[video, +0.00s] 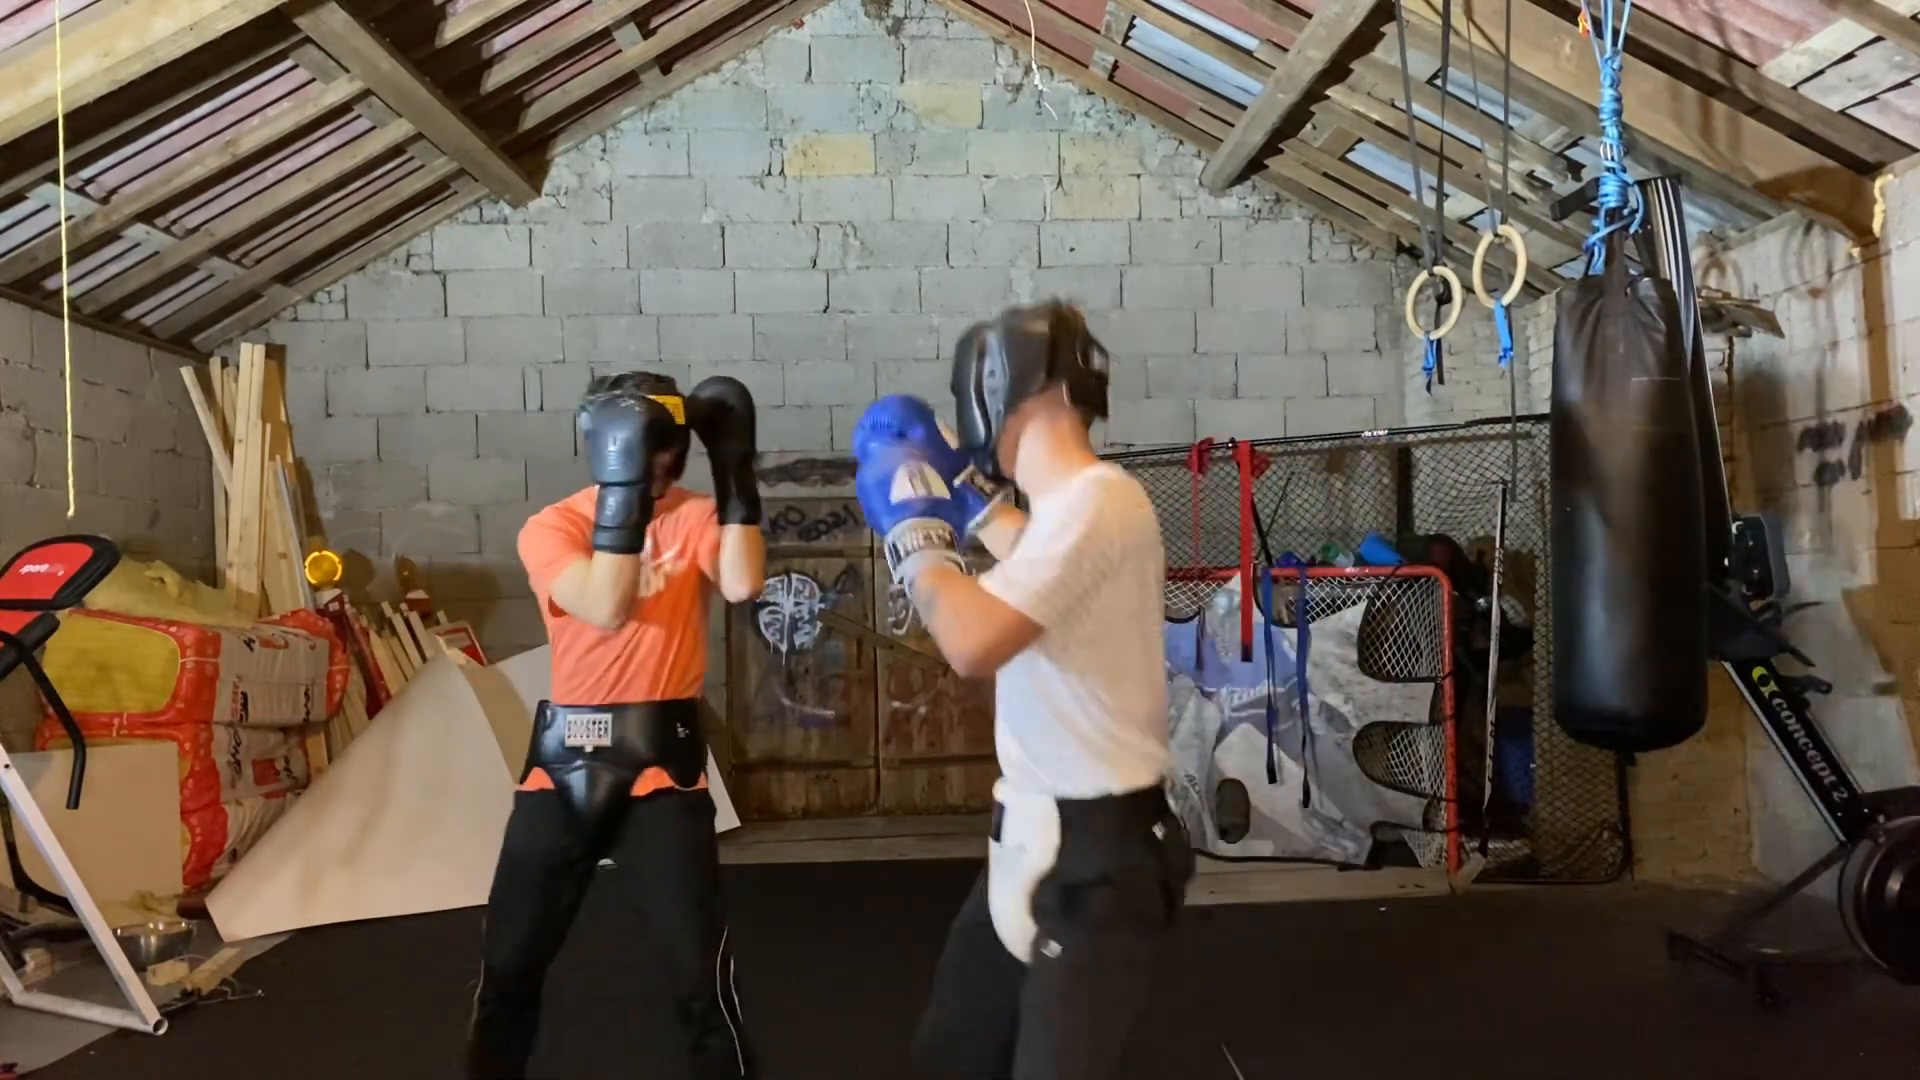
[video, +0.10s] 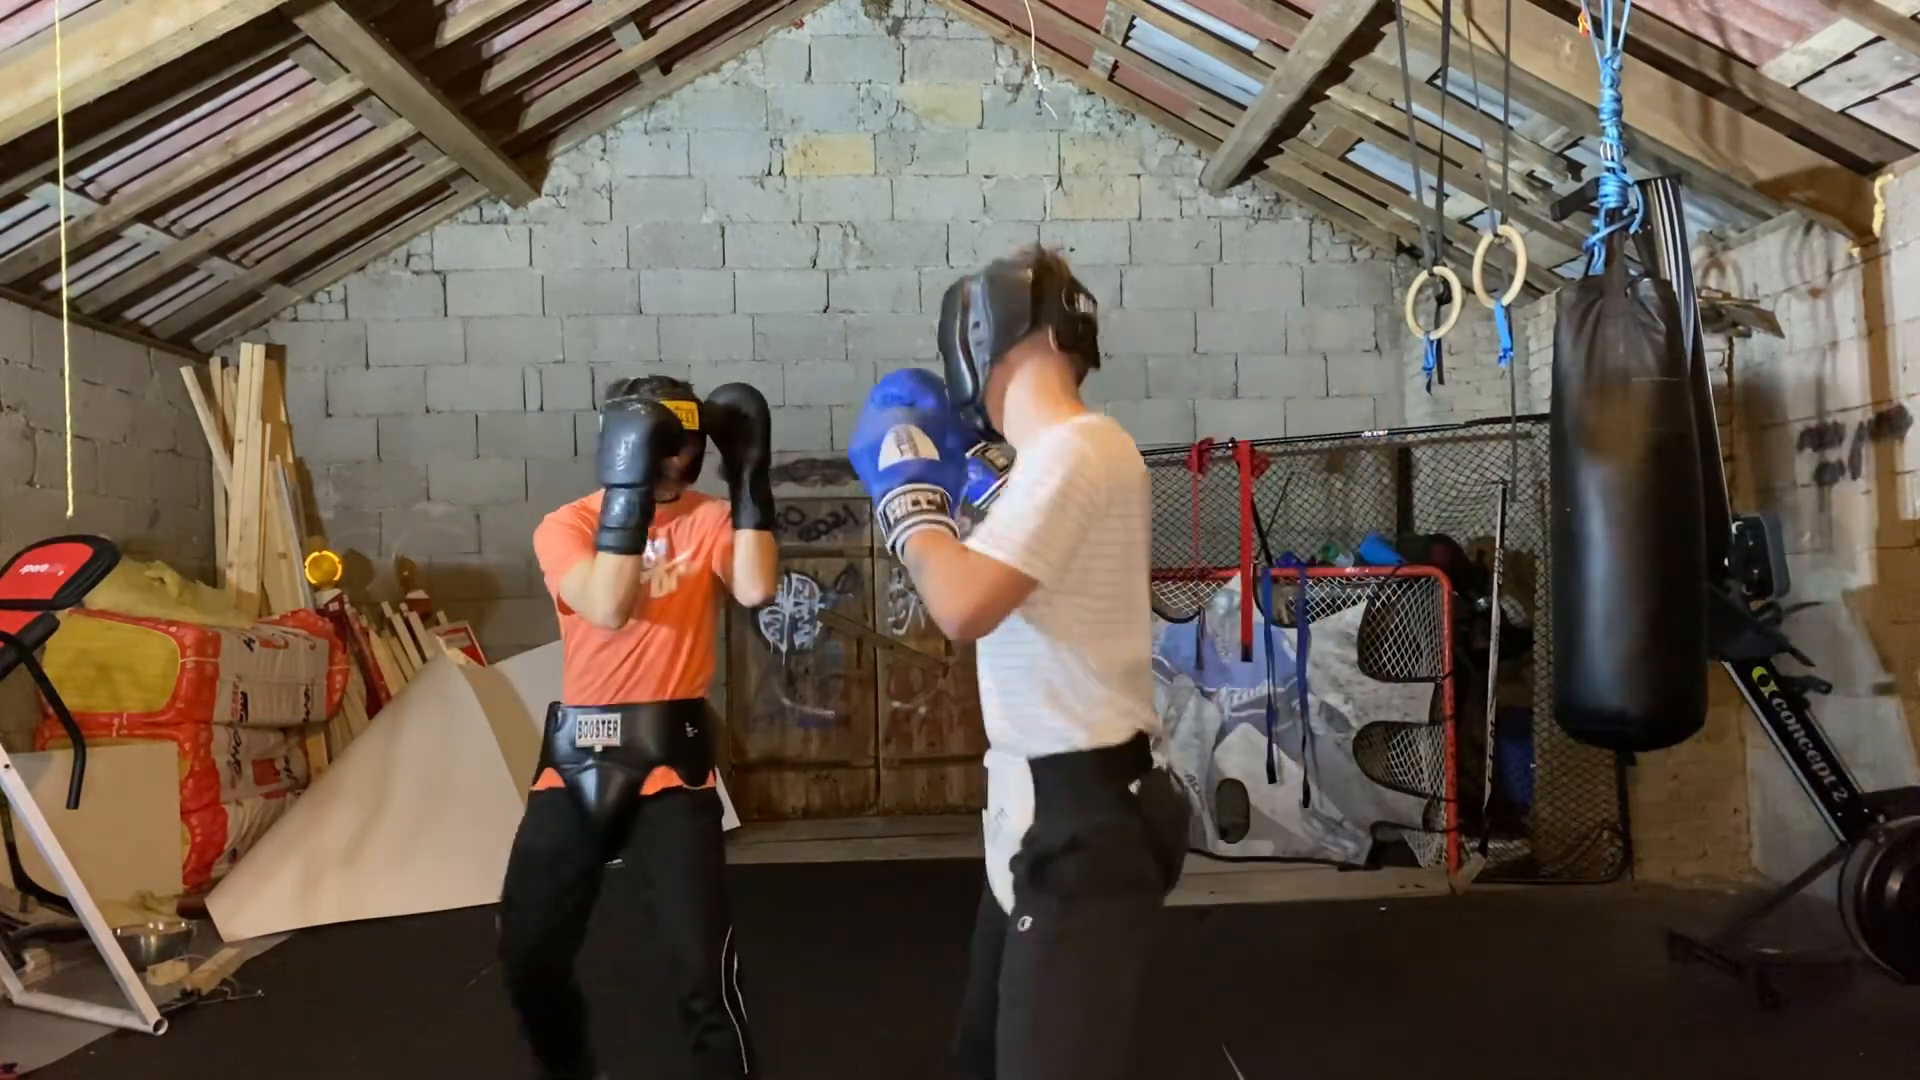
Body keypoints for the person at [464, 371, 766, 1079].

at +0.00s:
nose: (653, 458)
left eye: (664, 445)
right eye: (638, 441)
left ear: (682, 452)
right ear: (602, 444)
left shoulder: (694, 516)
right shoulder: (549, 528)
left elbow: (743, 582)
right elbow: (605, 605)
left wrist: (734, 465)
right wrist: (623, 487)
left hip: (664, 766)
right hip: (564, 763)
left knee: (698, 976)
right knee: (507, 971)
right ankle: (492, 1073)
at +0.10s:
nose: (685, 459)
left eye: (692, 446)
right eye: (672, 445)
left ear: (699, 452)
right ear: (630, 446)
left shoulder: (709, 519)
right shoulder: (565, 526)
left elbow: (756, 586)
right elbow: (606, 606)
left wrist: (750, 470)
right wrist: (627, 484)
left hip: (674, 764)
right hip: (578, 762)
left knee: (702, 971)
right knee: (528, 954)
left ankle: (728, 1069)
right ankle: (568, 1071)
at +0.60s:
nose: (704, 472)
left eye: (719, 458)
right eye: (691, 455)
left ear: (735, 461)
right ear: (661, 455)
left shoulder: (752, 526)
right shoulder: (620, 533)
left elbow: (793, 619)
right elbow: (605, 609)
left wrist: (784, 510)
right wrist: (630, 500)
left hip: (729, 747)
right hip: (641, 752)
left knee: (762, 937)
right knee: (622, 945)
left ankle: (829, 1061)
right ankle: (632, 1072)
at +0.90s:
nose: (767, 462)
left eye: (780, 448)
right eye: (753, 446)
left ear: (796, 451)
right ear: (724, 446)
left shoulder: (816, 517)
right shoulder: (687, 522)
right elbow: (676, 602)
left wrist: (840, 499)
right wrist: (698, 491)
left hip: (795, 754)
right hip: (707, 756)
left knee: (813, 949)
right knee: (694, 927)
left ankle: (852, 1064)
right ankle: (720, 1064)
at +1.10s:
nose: (753, 458)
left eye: (768, 439)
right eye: (744, 441)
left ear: (790, 447)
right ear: (728, 452)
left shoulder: (813, 521)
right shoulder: (697, 525)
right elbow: (676, 609)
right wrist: (704, 496)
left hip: (796, 752)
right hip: (715, 750)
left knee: (805, 942)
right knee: (735, 937)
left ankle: (826, 1065)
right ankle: (768, 1064)